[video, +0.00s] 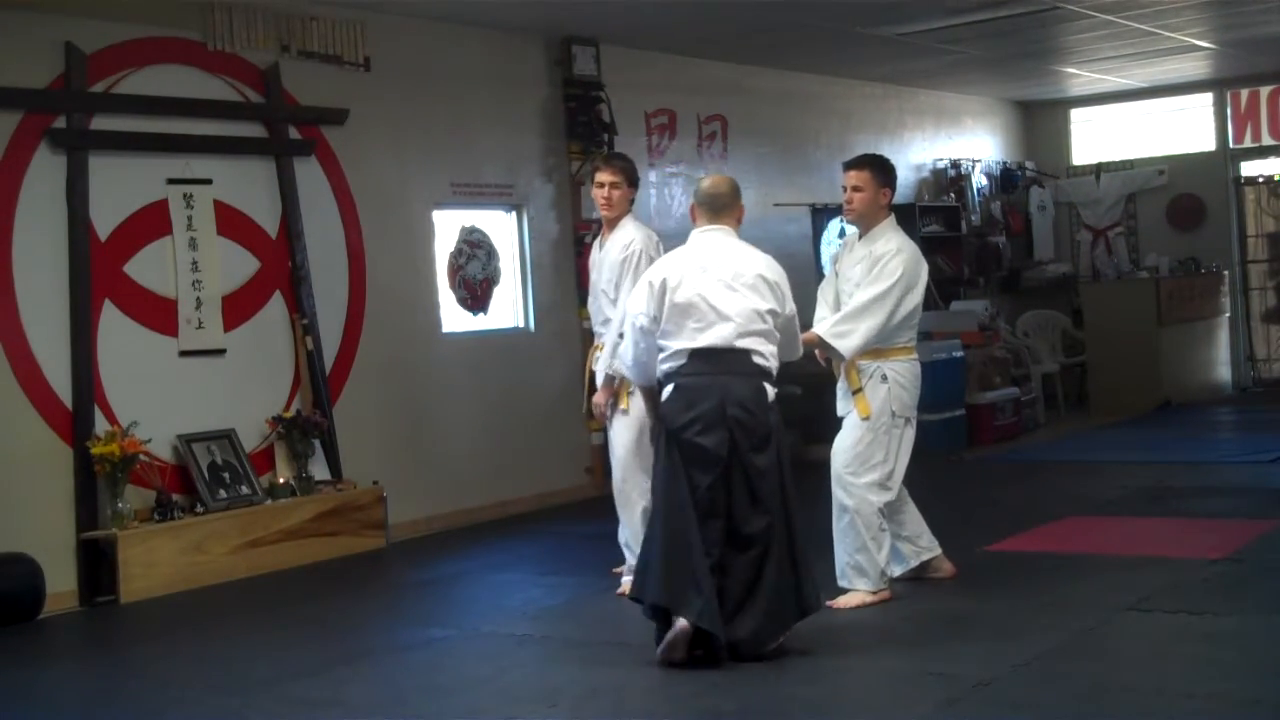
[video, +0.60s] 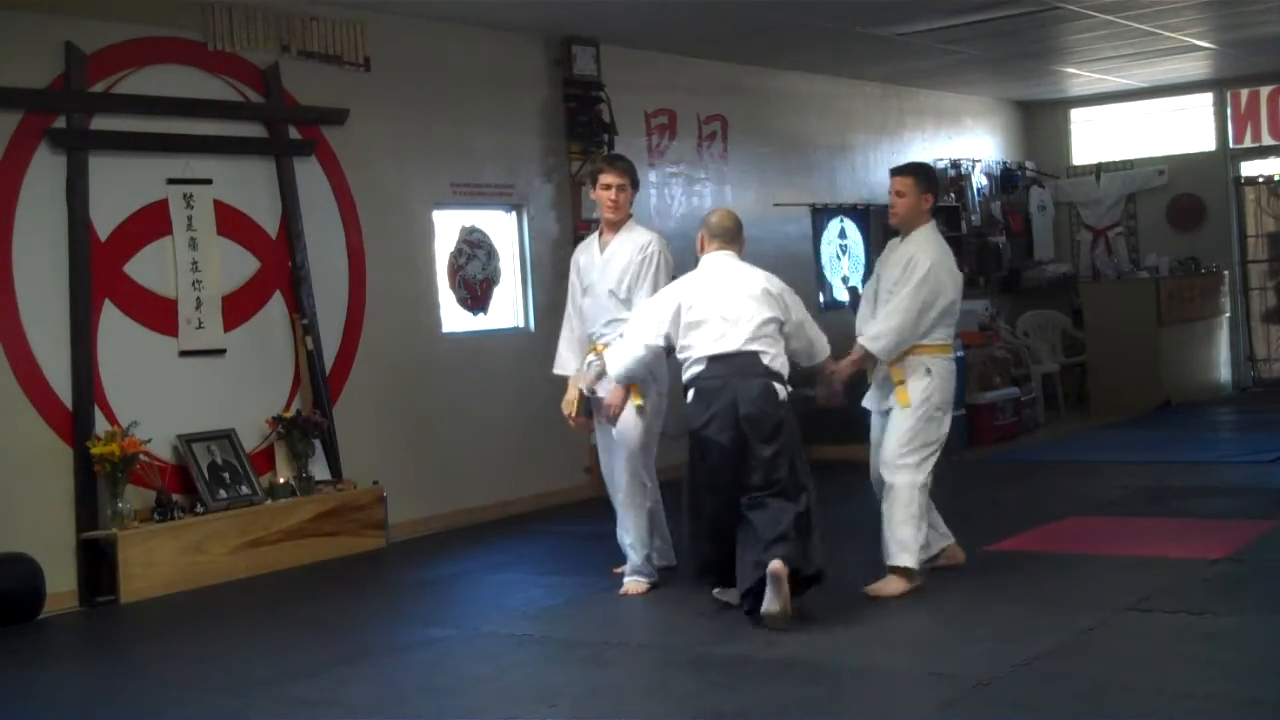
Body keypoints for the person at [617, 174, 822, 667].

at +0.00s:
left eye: (695, 210)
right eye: (740, 213)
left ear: (692, 214)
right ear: (740, 215)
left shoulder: (663, 270)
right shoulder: (767, 267)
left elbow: (638, 352)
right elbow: (791, 347)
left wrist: (656, 405)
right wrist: (756, 361)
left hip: (688, 385)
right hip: (750, 384)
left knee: (690, 507)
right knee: (754, 506)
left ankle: (686, 612)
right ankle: (755, 625)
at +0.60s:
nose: (700, 247)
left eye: (698, 242)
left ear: (701, 243)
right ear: (743, 244)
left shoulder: (679, 288)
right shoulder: (768, 283)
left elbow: (640, 338)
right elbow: (816, 353)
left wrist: (617, 386)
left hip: (707, 386)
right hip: (762, 384)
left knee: (716, 489)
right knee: (774, 487)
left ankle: (731, 584)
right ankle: (778, 562)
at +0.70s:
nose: (695, 246)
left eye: (695, 241)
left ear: (699, 242)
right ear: (739, 245)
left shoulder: (678, 287)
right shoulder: (768, 280)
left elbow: (628, 328)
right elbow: (823, 335)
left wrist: (584, 339)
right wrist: (848, 375)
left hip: (716, 379)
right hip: (770, 378)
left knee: (720, 484)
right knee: (783, 483)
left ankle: (728, 582)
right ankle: (781, 564)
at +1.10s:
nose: (702, 252)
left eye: (704, 245)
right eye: (703, 245)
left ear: (721, 245)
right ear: (741, 247)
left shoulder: (715, 283)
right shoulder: (774, 284)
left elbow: (663, 324)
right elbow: (801, 344)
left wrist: (621, 324)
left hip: (767, 388)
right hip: (799, 383)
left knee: (749, 469)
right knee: (788, 472)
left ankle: (754, 560)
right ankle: (791, 554)